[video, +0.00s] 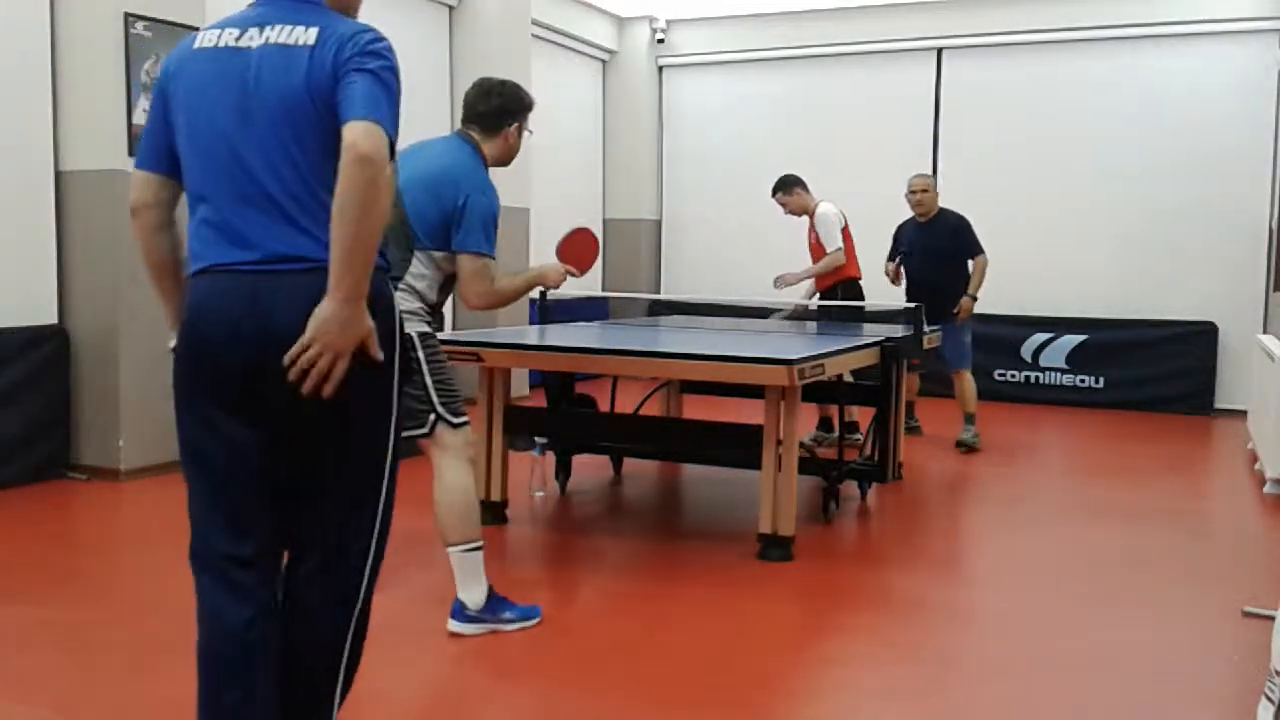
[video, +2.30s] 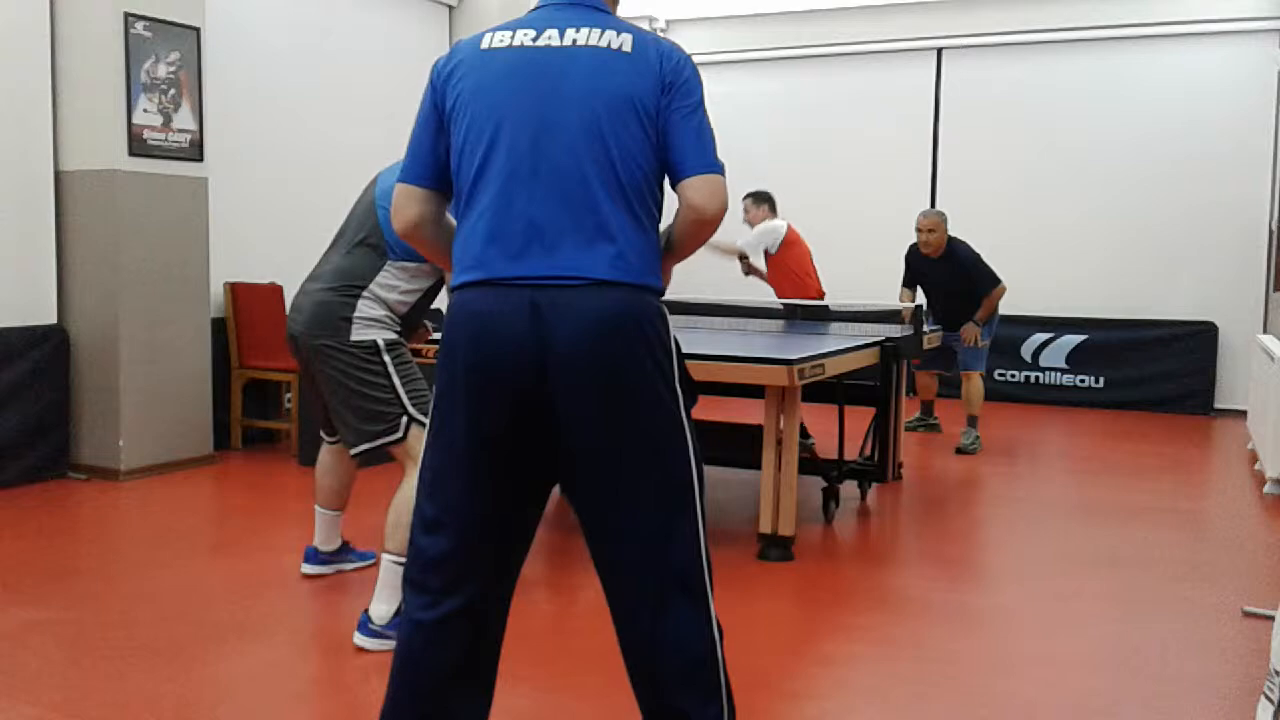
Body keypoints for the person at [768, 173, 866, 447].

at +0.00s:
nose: (785, 211)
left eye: (784, 204)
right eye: (781, 206)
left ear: (798, 192)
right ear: (797, 195)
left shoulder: (825, 214)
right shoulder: (817, 218)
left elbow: (838, 257)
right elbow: (825, 268)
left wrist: (799, 276)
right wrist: (805, 300)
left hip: (843, 294)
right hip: (831, 295)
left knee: (830, 363)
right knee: (829, 364)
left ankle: (828, 426)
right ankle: (846, 425)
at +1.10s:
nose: (772, 230)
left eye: (773, 222)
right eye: (769, 224)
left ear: (789, 214)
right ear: (790, 216)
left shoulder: (811, 234)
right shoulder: (809, 236)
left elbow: (802, 279)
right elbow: (825, 281)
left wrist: (764, 301)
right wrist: (801, 295)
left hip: (847, 308)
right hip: (836, 308)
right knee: (831, 370)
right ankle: (846, 428)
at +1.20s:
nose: (765, 237)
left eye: (765, 229)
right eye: (762, 231)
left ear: (780, 220)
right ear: (783, 222)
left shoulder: (805, 239)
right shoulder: (806, 239)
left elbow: (788, 285)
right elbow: (818, 284)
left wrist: (749, 302)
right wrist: (797, 299)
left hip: (844, 311)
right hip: (832, 311)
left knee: (821, 373)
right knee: (813, 371)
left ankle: (845, 429)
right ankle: (844, 428)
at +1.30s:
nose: (758, 244)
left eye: (758, 236)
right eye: (755, 238)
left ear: (774, 228)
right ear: (776, 229)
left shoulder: (797, 245)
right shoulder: (794, 247)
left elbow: (776, 292)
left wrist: (736, 304)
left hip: (836, 316)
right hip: (825, 316)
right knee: (809, 375)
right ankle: (842, 426)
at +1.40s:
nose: (751, 252)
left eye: (752, 244)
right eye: (749, 246)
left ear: (768, 236)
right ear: (771, 237)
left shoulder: (790, 253)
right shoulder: (789, 254)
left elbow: (766, 299)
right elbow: (772, 301)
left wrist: (724, 309)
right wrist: (734, 307)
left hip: (830, 319)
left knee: (779, 374)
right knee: (798, 376)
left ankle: (799, 431)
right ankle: (839, 422)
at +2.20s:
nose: (739, 237)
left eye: (740, 229)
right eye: (738, 231)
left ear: (756, 224)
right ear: (760, 225)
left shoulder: (771, 242)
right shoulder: (783, 245)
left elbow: (738, 279)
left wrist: (691, 287)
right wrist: (757, 290)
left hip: (802, 317)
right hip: (819, 315)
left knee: (773, 368)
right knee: (775, 368)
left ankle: (798, 433)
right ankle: (798, 432)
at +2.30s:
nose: (745, 219)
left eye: (747, 212)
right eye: (744, 213)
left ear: (764, 209)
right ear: (768, 211)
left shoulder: (773, 227)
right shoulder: (784, 232)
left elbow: (741, 249)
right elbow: (782, 281)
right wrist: (753, 271)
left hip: (804, 314)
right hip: (808, 312)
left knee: (781, 376)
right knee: (781, 375)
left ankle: (801, 435)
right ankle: (799, 434)